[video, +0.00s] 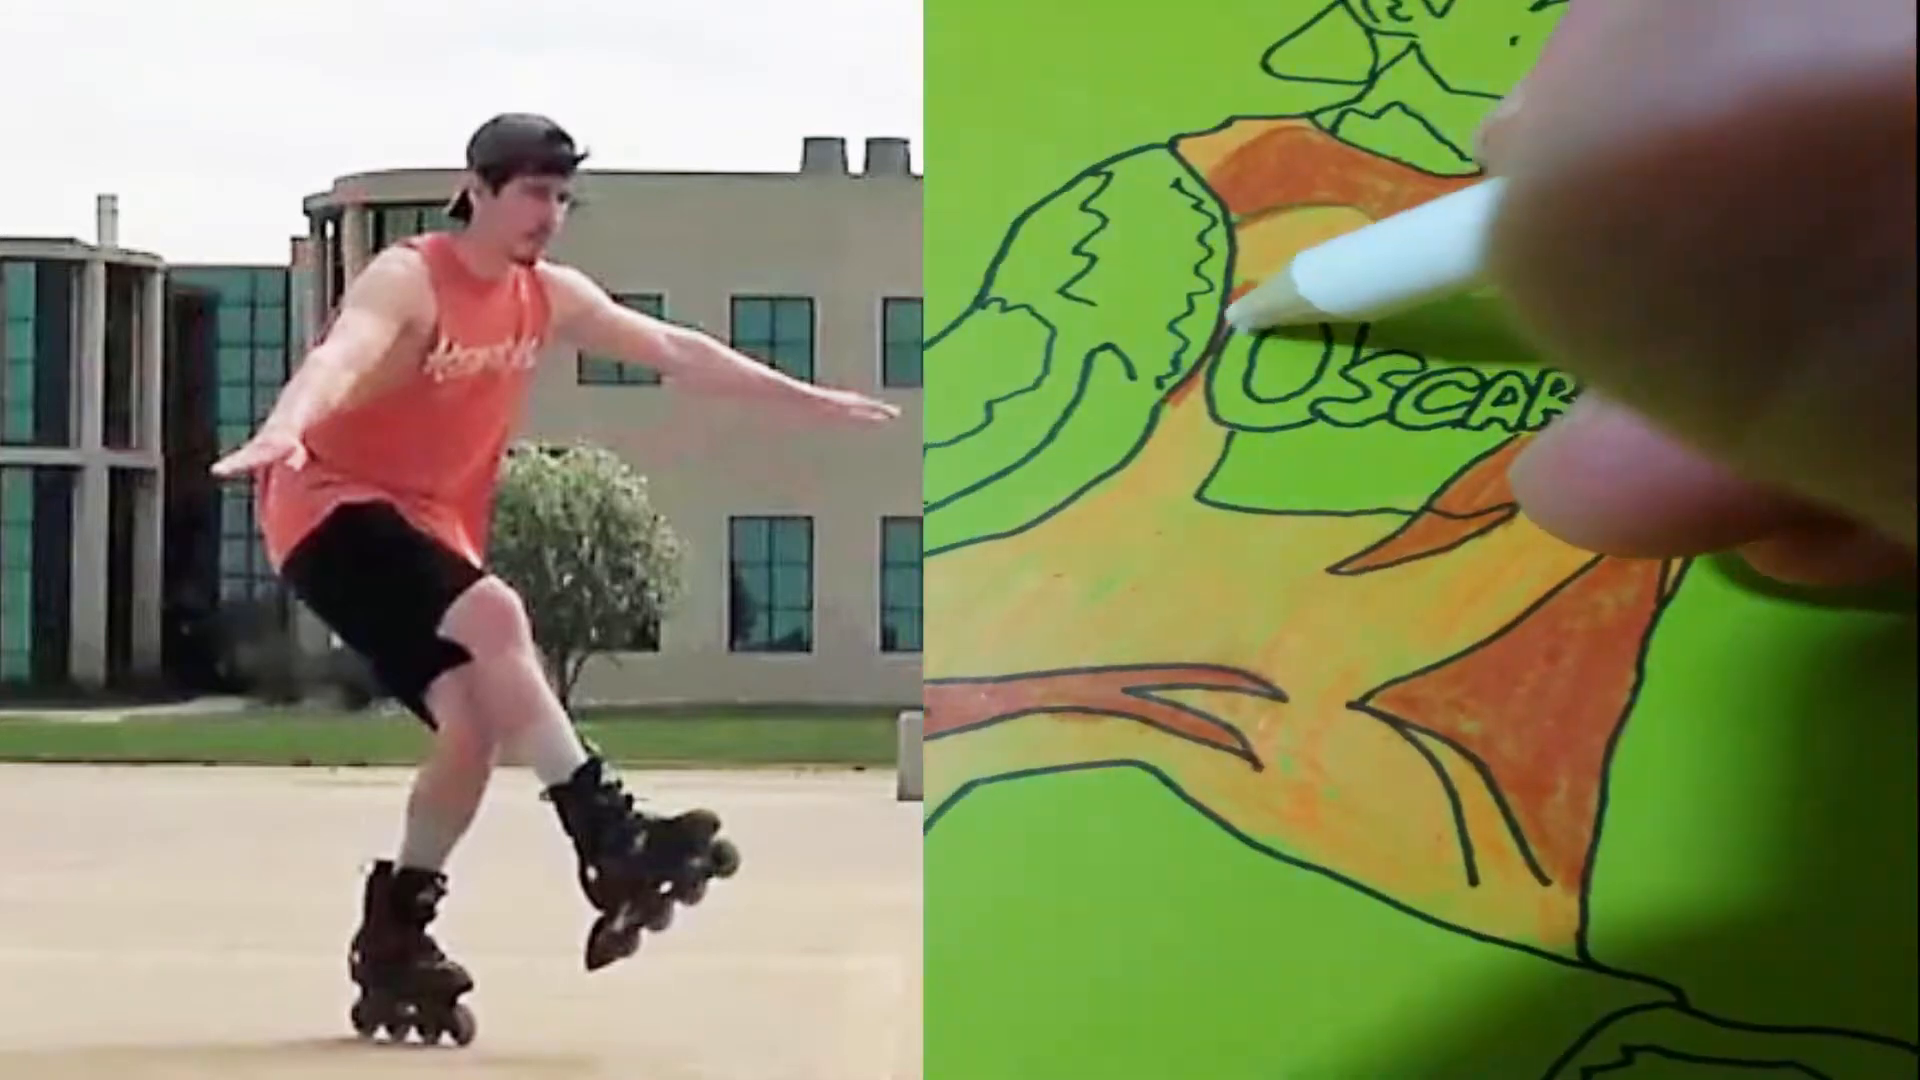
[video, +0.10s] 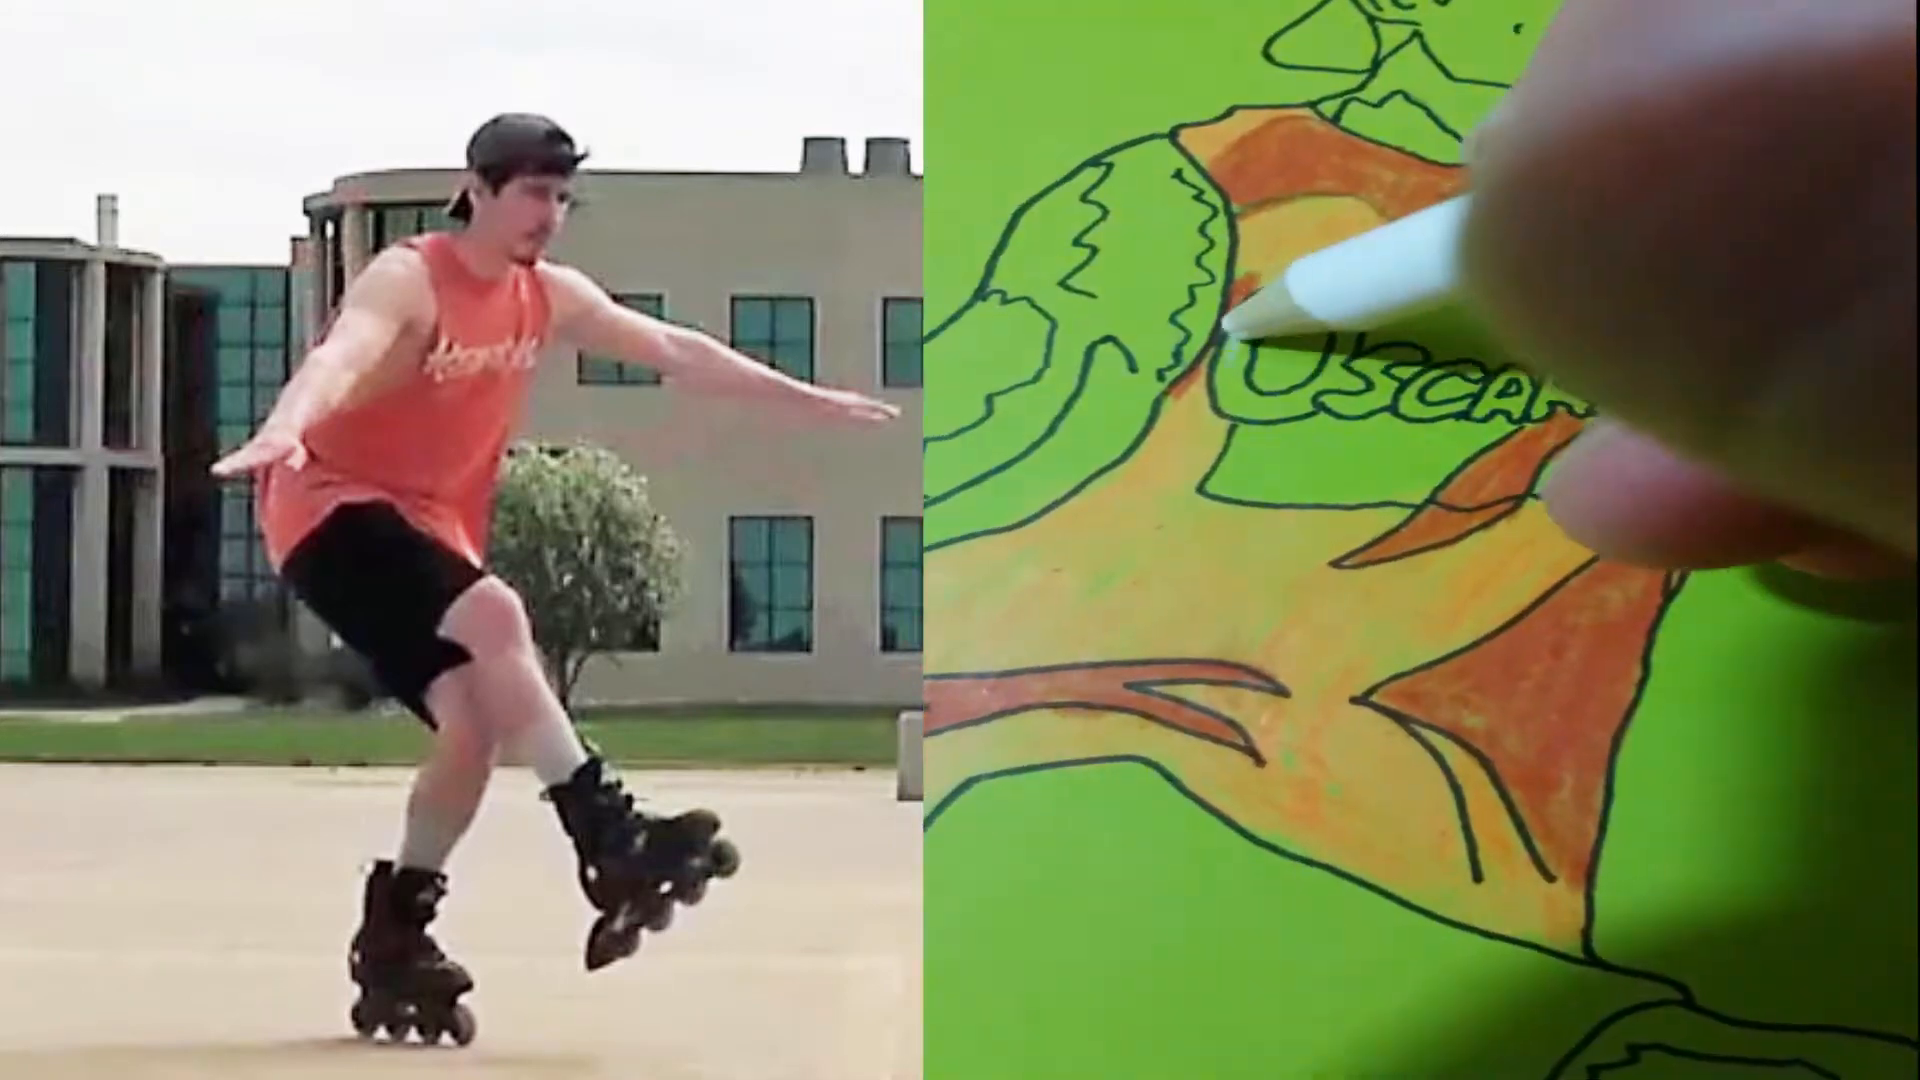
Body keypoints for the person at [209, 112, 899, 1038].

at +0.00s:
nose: (551, 214)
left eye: (561, 198)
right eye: (535, 195)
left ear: (562, 203)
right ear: (476, 191)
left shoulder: (551, 293)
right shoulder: (408, 274)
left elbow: (674, 349)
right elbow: (342, 355)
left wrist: (811, 399)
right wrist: (283, 428)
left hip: (436, 530)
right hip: (335, 505)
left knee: (477, 726)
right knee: (492, 616)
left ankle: (393, 935)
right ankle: (610, 840)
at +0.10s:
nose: (551, 214)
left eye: (561, 198)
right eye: (535, 195)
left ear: (563, 203)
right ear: (476, 191)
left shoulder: (551, 293)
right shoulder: (408, 274)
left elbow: (674, 350)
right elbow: (342, 356)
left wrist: (811, 399)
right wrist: (283, 428)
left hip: (437, 530)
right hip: (335, 505)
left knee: (477, 726)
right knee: (492, 616)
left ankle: (393, 936)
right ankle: (610, 840)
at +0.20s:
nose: (551, 214)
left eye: (561, 198)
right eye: (535, 195)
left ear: (563, 203)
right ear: (476, 191)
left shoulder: (552, 293)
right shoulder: (408, 274)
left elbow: (675, 350)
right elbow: (342, 356)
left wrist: (812, 399)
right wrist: (283, 429)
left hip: (436, 530)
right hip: (334, 505)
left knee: (477, 726)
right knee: (492, 616)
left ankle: (393, 935)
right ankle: (609, 840)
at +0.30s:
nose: (551, 215)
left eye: (561, 199)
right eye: (535, 195)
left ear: (563, 203)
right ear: (475, 191)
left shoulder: (551, 293)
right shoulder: (409, 274)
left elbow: (674, 350)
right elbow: (342, 356)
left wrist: (812, 400)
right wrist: (283, 429)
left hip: (437, 530)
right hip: (334, 505)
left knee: (477, 726)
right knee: (492, 616)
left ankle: (393, 935)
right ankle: (609, 839)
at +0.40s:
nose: (551, 214)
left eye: (561, 199)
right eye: (535, 195)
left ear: (563, 203)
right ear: (476, 191)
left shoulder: (551, 293)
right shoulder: (408, 274)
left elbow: (674, 350)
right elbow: (342, 356)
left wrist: (811, 399)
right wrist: (283, 428)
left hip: (436, 530)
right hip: (334, 505)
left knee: (477, 725)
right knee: (492, 616)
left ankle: (394, 935)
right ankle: (610, 840)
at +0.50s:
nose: (551, 215)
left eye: (561, 199)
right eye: (535, 195)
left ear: (562, 203)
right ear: (476, 191)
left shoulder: (551, 293)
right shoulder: (408, 275)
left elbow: (673, 350)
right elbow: (342, 356)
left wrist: (810, 399)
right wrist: (284, 427)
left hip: (436, 530)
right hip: (334, 505)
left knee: (477, 725)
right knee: (492, 616)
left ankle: (393, 938)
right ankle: (610, 841)